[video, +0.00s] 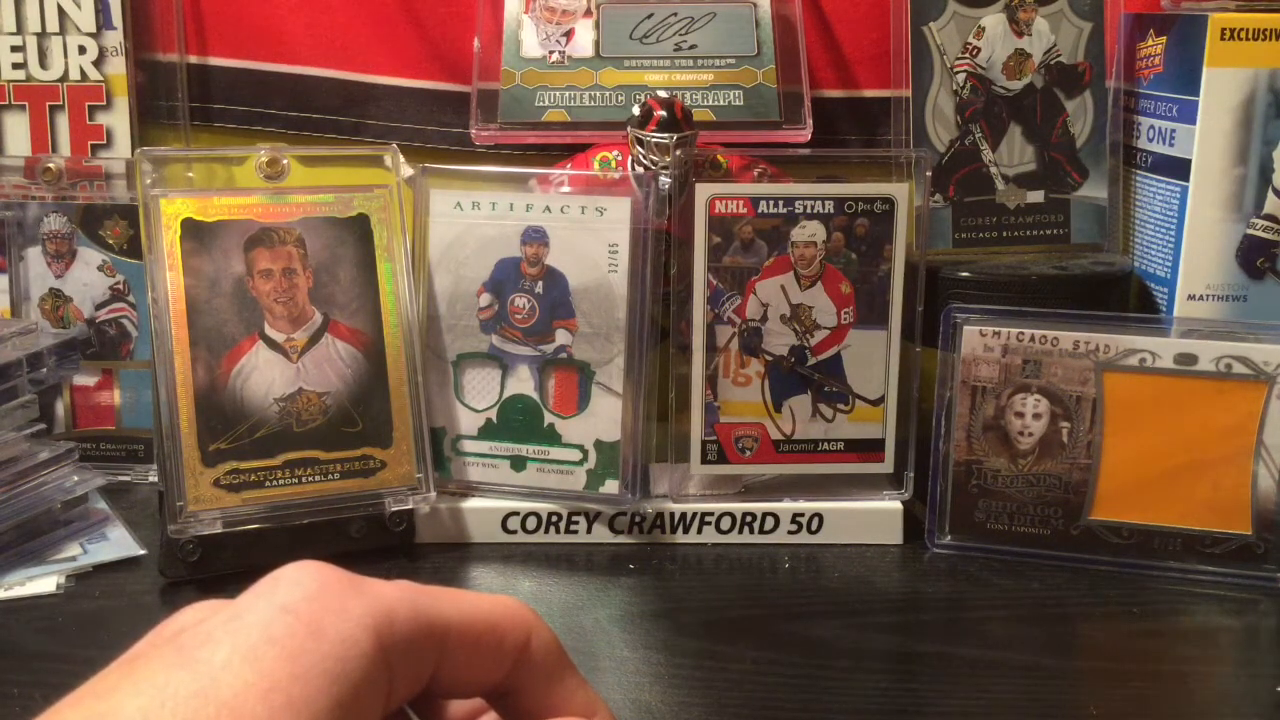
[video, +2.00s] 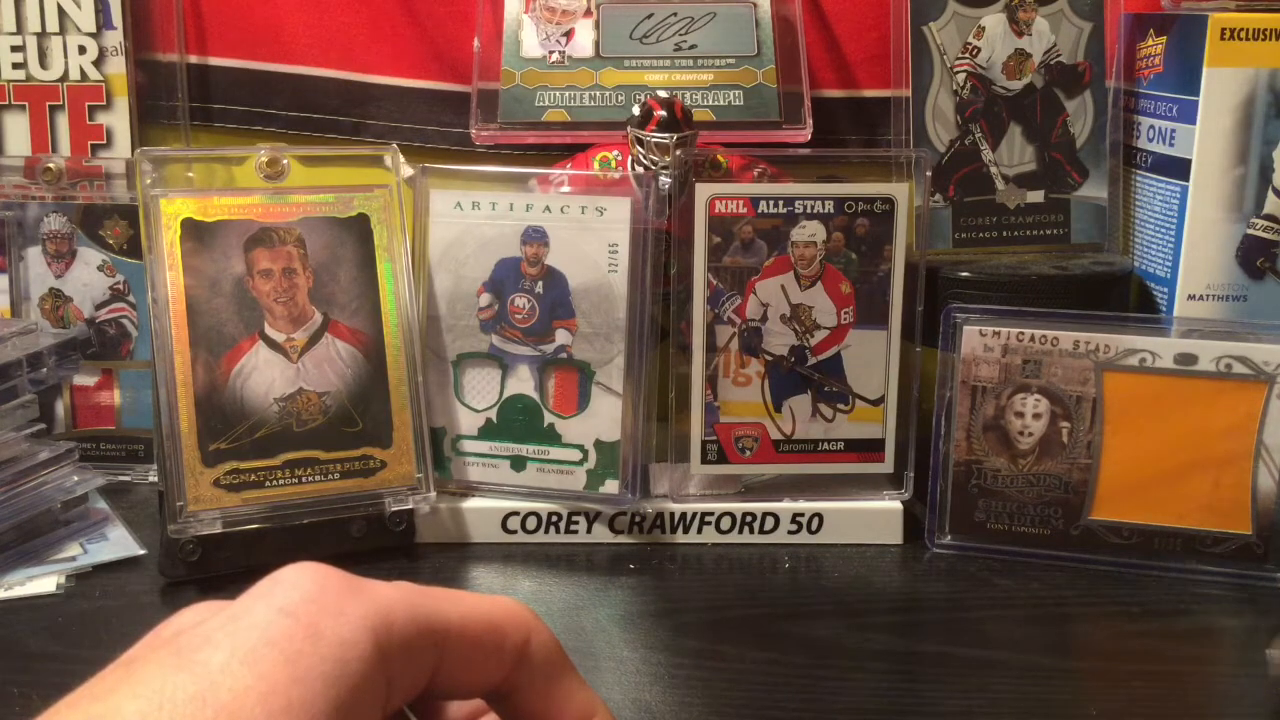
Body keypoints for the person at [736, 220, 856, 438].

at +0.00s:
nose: (801, 253)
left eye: (807, 247)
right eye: (796, 247)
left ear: (821, 250)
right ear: (790, 249)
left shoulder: (839, 285)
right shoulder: (773, 271)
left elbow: (842, 331)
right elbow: (754, 293)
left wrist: (810, 353)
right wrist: (750, 326)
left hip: (823, 353)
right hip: (780, 353)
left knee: (832, 413)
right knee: (798, 411)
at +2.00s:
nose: (801, 253)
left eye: (807, 247)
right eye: (796, 247)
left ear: (821, 249)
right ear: (790, 249)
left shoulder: (838, 285)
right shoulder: (773, 271)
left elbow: (843, 330)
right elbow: (754, 292)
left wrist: (810, 352)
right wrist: (751, 326)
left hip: (823, 353)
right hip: (780, 353)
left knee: (832, 412)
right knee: (799, 409)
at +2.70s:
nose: (801, 253)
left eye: (807, 247)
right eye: (796, 247)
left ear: (821, 249)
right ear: (790, 248)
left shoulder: (838, 285)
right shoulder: (773, 272)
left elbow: (843, 330)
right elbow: (754, 293)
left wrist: (810, 352)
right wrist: (750, 326)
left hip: (823, 354)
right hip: (781, 354)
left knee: (834, 413)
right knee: (799, 410)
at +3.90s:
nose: (801, 253)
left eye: (808, 247)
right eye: (796, 247)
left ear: (821, 249)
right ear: (790, 249)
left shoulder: (838, 285)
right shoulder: (773, 271)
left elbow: (842, 330)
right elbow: (754, 293)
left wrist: (809, 352)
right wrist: (750, 326)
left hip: (822, 353)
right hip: (779, 353)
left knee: (834, 412)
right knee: (798, 410)